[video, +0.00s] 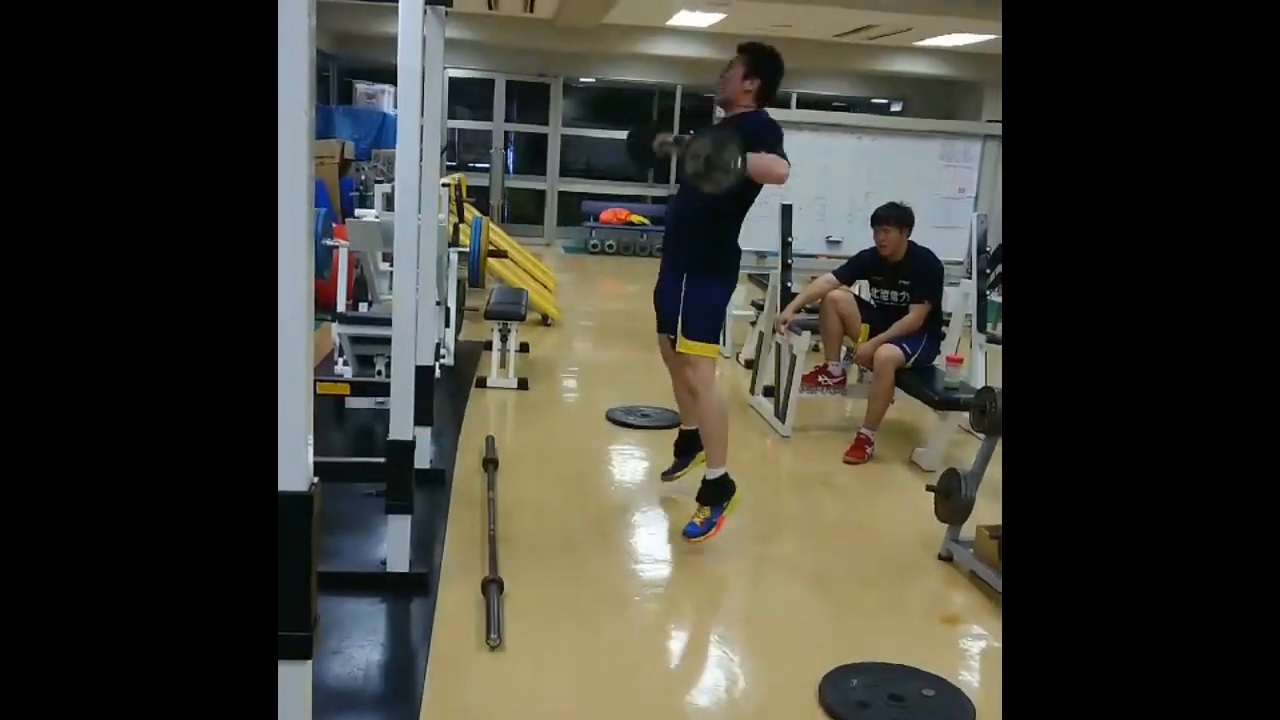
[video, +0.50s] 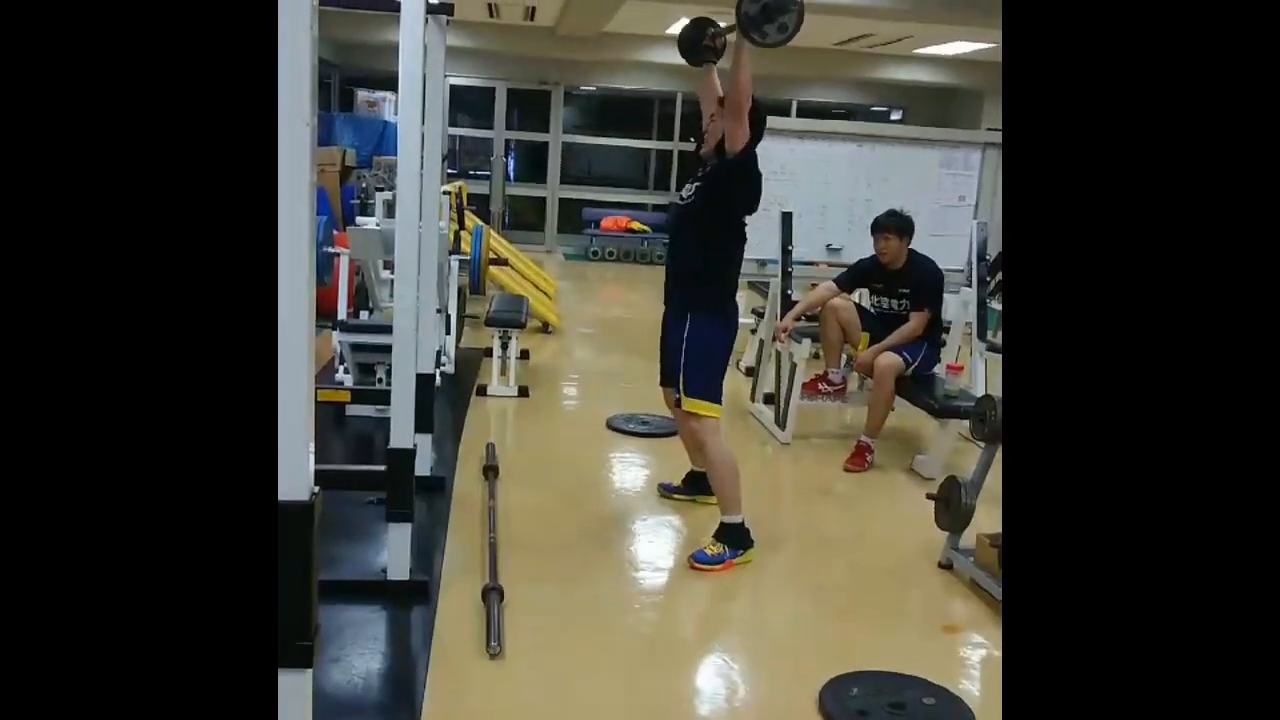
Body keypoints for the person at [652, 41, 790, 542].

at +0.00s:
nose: (721, 77)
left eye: (730, 71)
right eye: (725, 70)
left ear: (751, 83)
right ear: (743, 82)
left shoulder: (759, 126)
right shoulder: (722, 125)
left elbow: (779, 170)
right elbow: (697, 153)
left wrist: (731, 159)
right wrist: (666, 146)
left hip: (710, 264)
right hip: (678, 256)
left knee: (698, 370)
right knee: (671, 349)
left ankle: (719, 483)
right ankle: (690, 434)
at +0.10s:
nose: (734, 101)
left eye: (744, 93)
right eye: (738, 91)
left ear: (762, 107)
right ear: (750, 106)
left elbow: (769, 165)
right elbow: (708, 149)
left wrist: (732, 112)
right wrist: (689, 107)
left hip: (704, 281)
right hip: (673, 273)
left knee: (700, 390)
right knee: (669, 367)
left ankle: (725, 502)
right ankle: (692, 448)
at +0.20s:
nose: (729, 128)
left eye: (737, 123)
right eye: (730, 121)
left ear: (753, 136)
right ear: (731, 132)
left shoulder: (750, 184)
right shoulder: (716, 166)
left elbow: (744, 136)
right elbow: (702, 127)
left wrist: (733, 71)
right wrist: (691, 79)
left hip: (706, 312)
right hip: (677, 304)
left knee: (685, 420)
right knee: (658, 400)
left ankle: (731, 527)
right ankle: (698, 473)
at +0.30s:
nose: (723, 128)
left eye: (733, 122)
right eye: (723, 122)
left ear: (745, 135)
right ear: (728, 135)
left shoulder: (742, 178)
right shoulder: (718, 169)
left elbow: (732, 110)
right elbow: (710, 115)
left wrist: (739, 42)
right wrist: (701, 62)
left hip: (706, 315)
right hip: (683, 309)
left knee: (679, 421)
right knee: (657, 399)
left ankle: (732, 530)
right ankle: (699, 476)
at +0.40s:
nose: (720, 113)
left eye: (730, 108)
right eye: (719, 108)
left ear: (747, 124)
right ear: (720, 121)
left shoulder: (741, 169)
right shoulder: (713, 161)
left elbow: (739, 100)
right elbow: (712, 103)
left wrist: (749, 37)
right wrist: (708, 57)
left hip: (706, 306)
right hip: (679, 301)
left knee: (700, 420)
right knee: (673, 401)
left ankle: (734, 531)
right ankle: (701, 477)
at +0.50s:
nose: (713, 118)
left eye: (724, 111)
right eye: (714, 112)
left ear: (743, 127)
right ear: (716, 125)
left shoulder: (739, 173)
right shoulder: (711, 167)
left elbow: (737, 100)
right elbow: (710, 104)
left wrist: (744, 36)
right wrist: (706, 58)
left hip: (709, 311)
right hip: (683, 306)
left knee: (704, 421)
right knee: (676, 399)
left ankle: (736, 532)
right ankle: (701, 478)